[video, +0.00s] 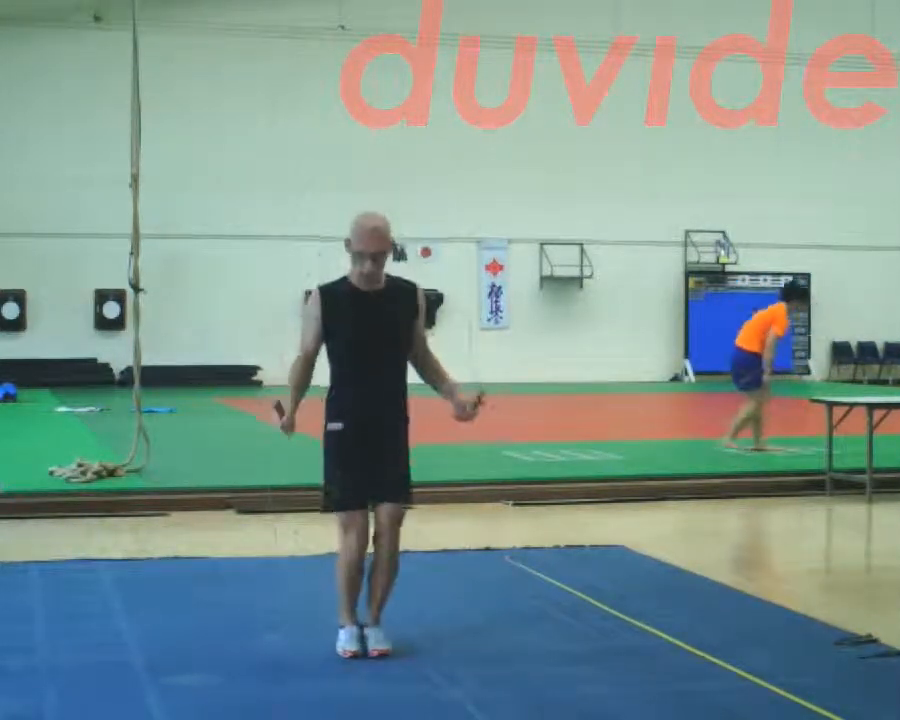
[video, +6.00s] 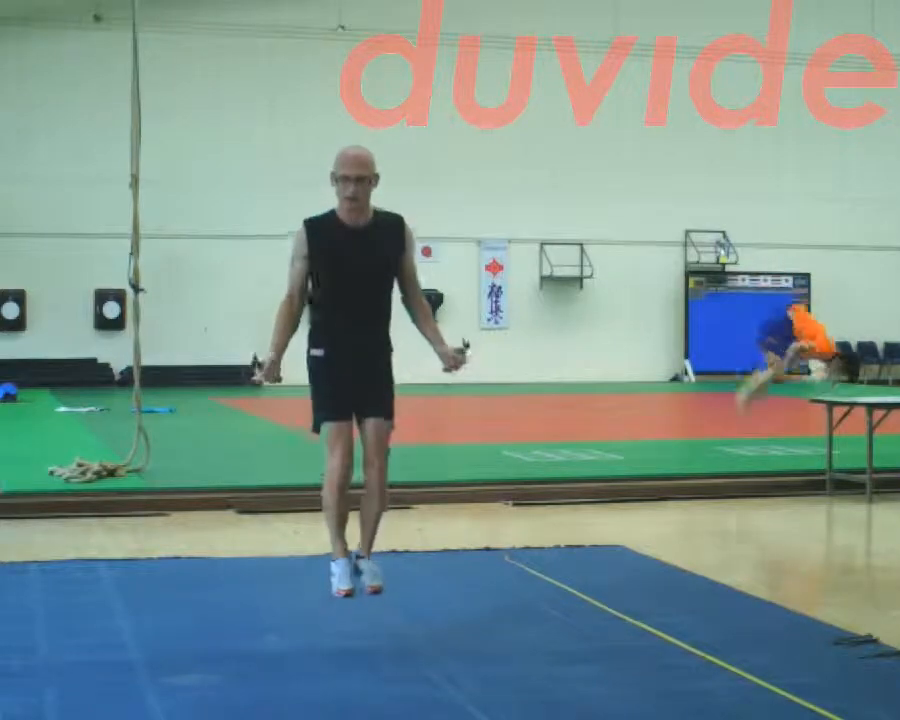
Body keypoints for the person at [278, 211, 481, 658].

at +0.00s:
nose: (371, 267)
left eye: (379, 257)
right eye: (362, 257)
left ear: (391, 251)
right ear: (347, 251)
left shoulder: (410, 296)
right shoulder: (323, 300)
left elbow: (420, 354)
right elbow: (306, 357)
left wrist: (454, 394)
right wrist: (291, 403)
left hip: (392, 424)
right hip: (345, 425)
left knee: (389, 525)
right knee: (354, 529)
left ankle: (373, 623)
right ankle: (348, 624)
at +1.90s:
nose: (377, 238)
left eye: (385, 229)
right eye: (369, 229)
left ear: (397, 221)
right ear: (355, 219)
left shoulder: (414, 260)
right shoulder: (332, 263)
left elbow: (429, 328)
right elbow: (309, 327)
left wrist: (452, 384)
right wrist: (284, 385)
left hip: (396, 391)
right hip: (350, 393)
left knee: (395, 497)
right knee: (354, 499)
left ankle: (386, 603)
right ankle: (353, 605)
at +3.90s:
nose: (375, 208)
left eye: (384, 200)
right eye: (367, 199)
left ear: (397, 201)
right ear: (355, 201)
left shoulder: (417, 250)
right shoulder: (333, 253)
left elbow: (432, 313)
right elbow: (313, 316)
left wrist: (465, 360)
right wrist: (290, 369)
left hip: (395, 370)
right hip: (348, 370)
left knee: (396, 458)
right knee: (360, 460)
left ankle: (388, 570)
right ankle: (356, 573)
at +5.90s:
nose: (352, 199)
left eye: (360, 190)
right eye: (344, 190)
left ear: (374, 193)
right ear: (333, 193)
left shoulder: (394, 242)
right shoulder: (313, 245)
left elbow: (406, 312)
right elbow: (295, 312)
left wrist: (438, 359)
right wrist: (273, 365)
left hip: (378, 373)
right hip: (332, 374)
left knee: (378, 473)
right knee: (337, 474)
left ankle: (370, 580)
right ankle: (336, 582)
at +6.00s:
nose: (352, 189)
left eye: (361, 181)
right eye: (344, 181)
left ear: (374, 182)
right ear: (332, 181)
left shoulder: (395, 229)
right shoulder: (311, 233)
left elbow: (413, 295)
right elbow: (294, 299)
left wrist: (442, 346)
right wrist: (274, 354)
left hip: (375, 353)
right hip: (328, 354)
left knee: (377, 455)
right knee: (340, 458)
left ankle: (366, 556)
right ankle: (339, 555)